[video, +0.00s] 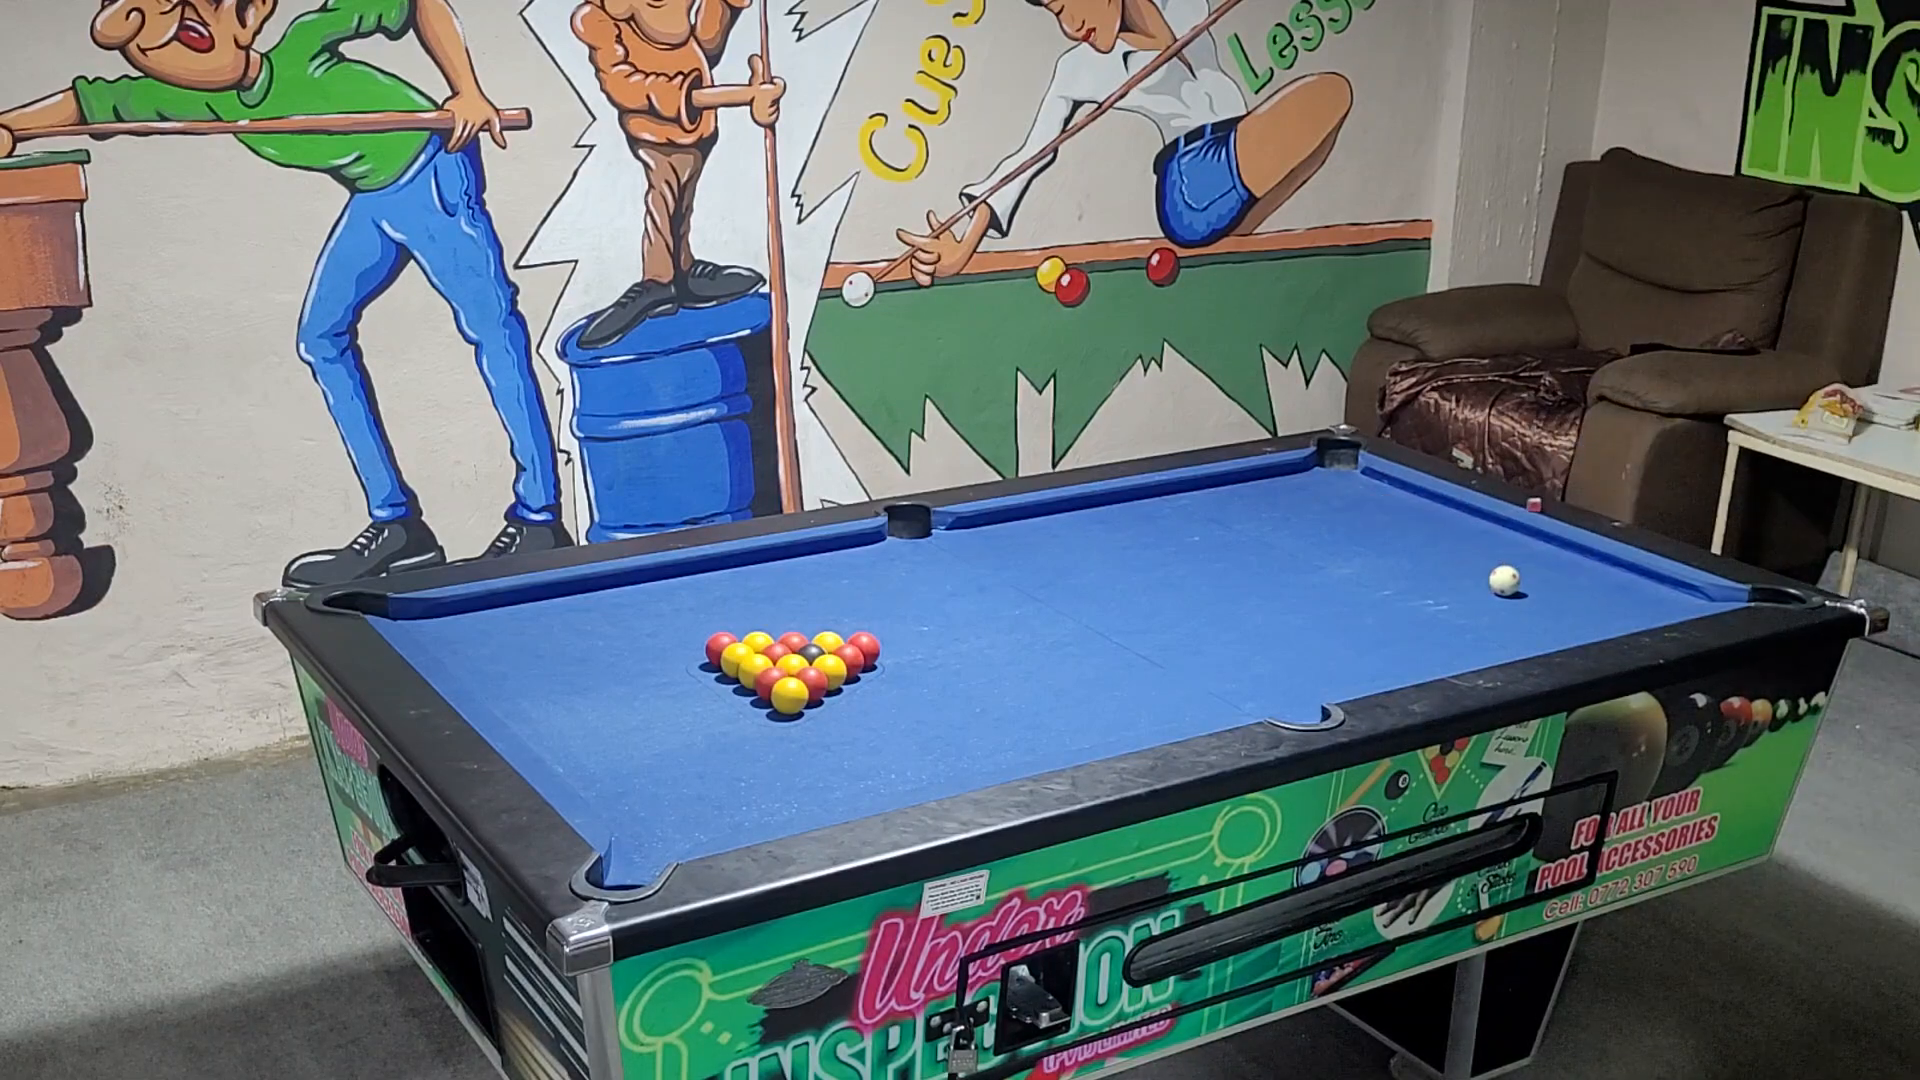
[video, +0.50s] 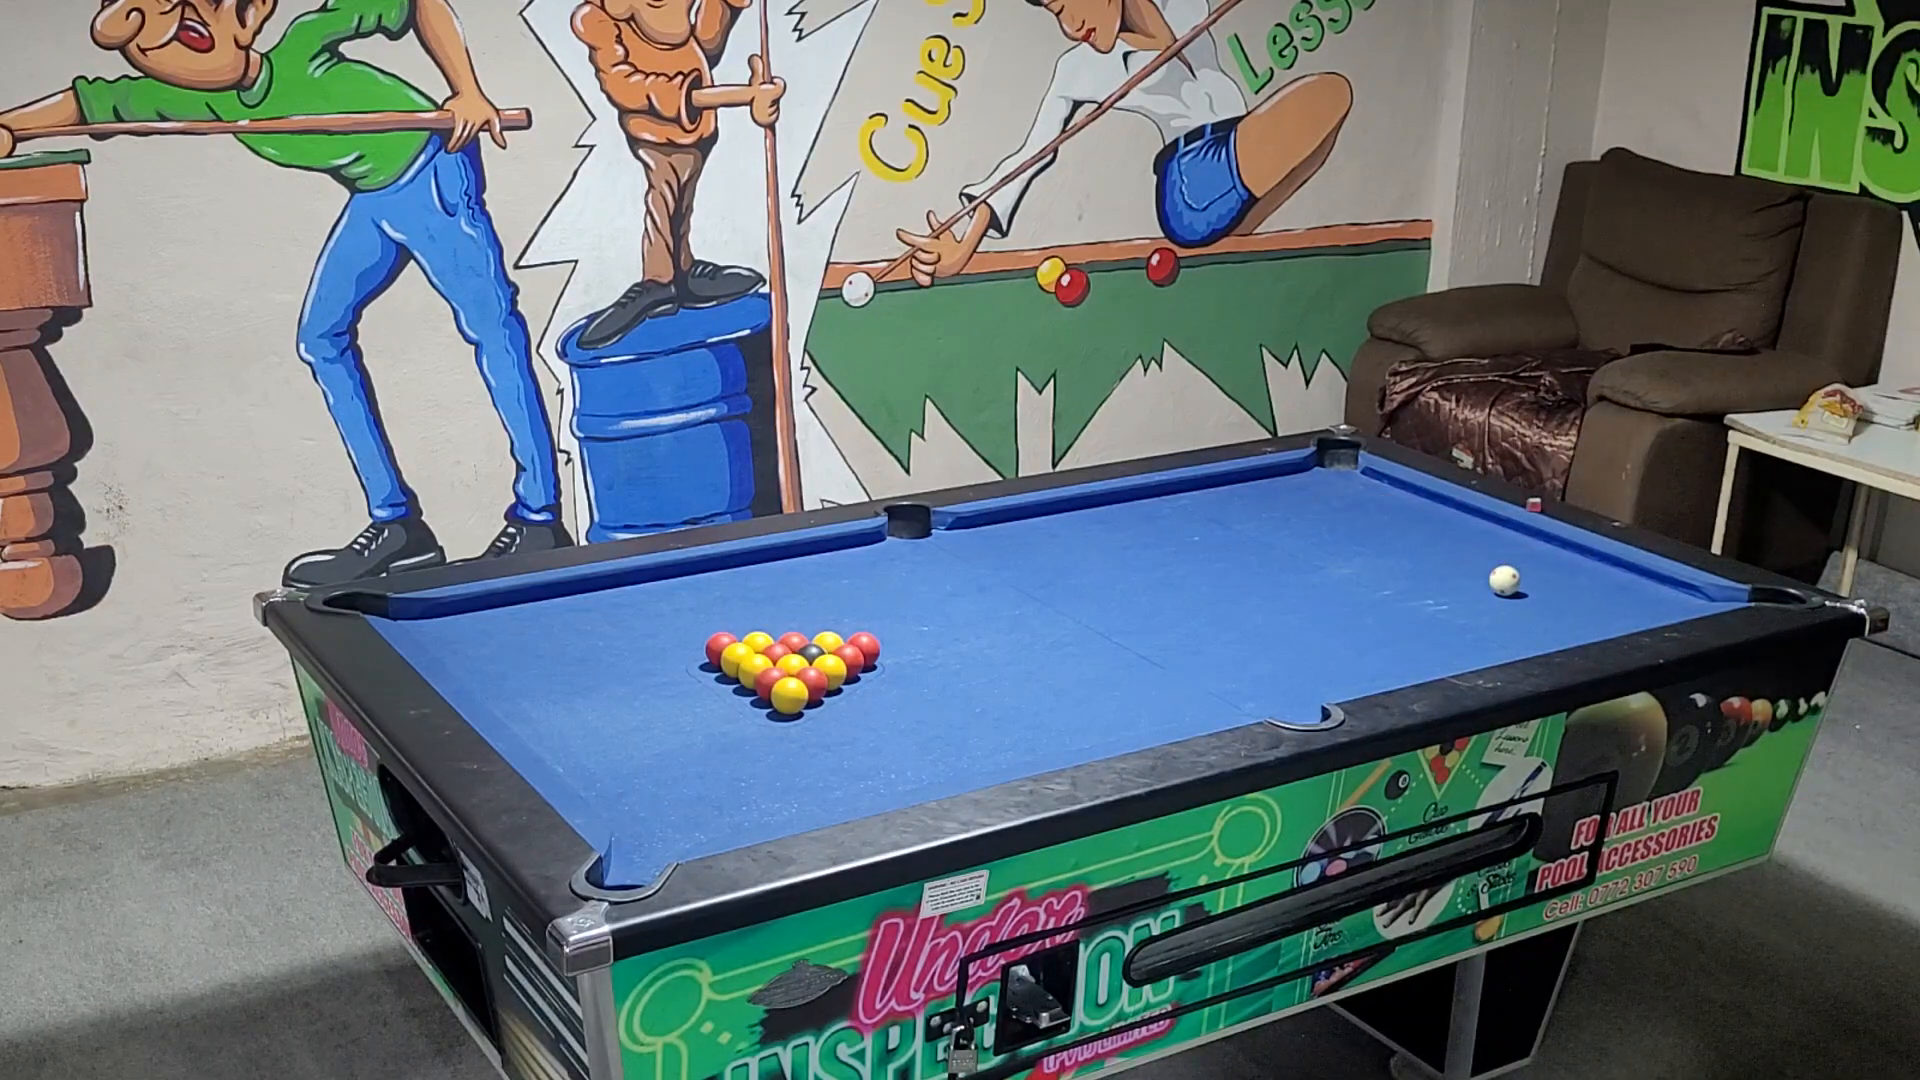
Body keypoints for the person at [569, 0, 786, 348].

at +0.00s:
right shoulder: (597, 19)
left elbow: (707, 48)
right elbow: (625, 87)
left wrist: (730, 6)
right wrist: (746, 95)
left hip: (694, 89)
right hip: (645, 104)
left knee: (688, 173)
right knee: (666, 173)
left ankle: (682, 268)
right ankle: (657, 280)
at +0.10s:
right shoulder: (597, 19)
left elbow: (707, 48)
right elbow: (625, 87)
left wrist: (730, 6)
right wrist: (746, 95)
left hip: (695, 89)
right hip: (645, 104)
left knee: (688, 174)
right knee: (665, 174)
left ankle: (682, 268)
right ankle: (657, 280)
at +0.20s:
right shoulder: (597, 19)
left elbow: (707, 47)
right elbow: (624, 87)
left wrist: (730, 6)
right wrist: (746, 95)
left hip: (694, 88)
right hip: (645, 104)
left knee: (688, 174)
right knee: (666, 174)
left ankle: (682, 269)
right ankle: (657, 281)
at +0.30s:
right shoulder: (597, 19)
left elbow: (707, 47)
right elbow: (624, 87)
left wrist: (730, 6)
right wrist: (746, 95)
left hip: (694, 90)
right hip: (645, 104)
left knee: (688, 174)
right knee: (666, 174)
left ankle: (682, 269)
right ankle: (657, 281)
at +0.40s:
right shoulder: (597, 19)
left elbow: (707, 47)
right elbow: (625, 87)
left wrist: (730, 6)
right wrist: (746, 95)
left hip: (695, 90)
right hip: (645, 104)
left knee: (688, 174)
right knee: (666, 174)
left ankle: (682, 269)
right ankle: (657, 281)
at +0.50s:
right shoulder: (597, 19)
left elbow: (707, 47)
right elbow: (625, 87)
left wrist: (730, 6)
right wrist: (746, 95)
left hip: (695, 90)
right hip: (645, 104)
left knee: (688, 175)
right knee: (665, 174)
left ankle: (682, 269)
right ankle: (657, 281)